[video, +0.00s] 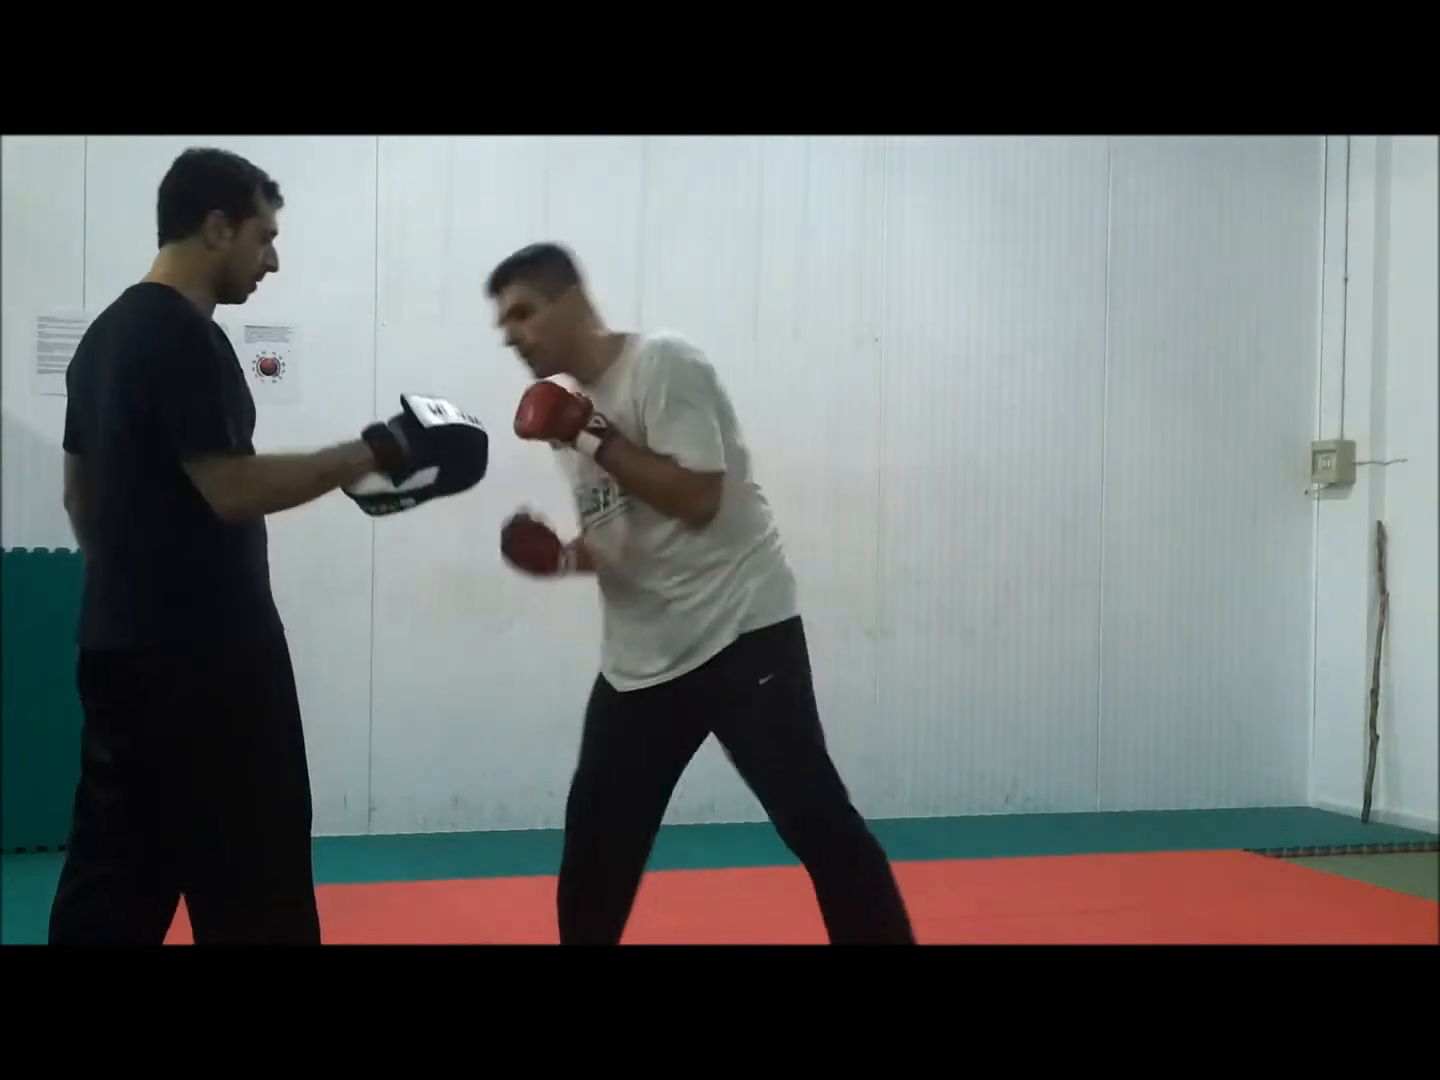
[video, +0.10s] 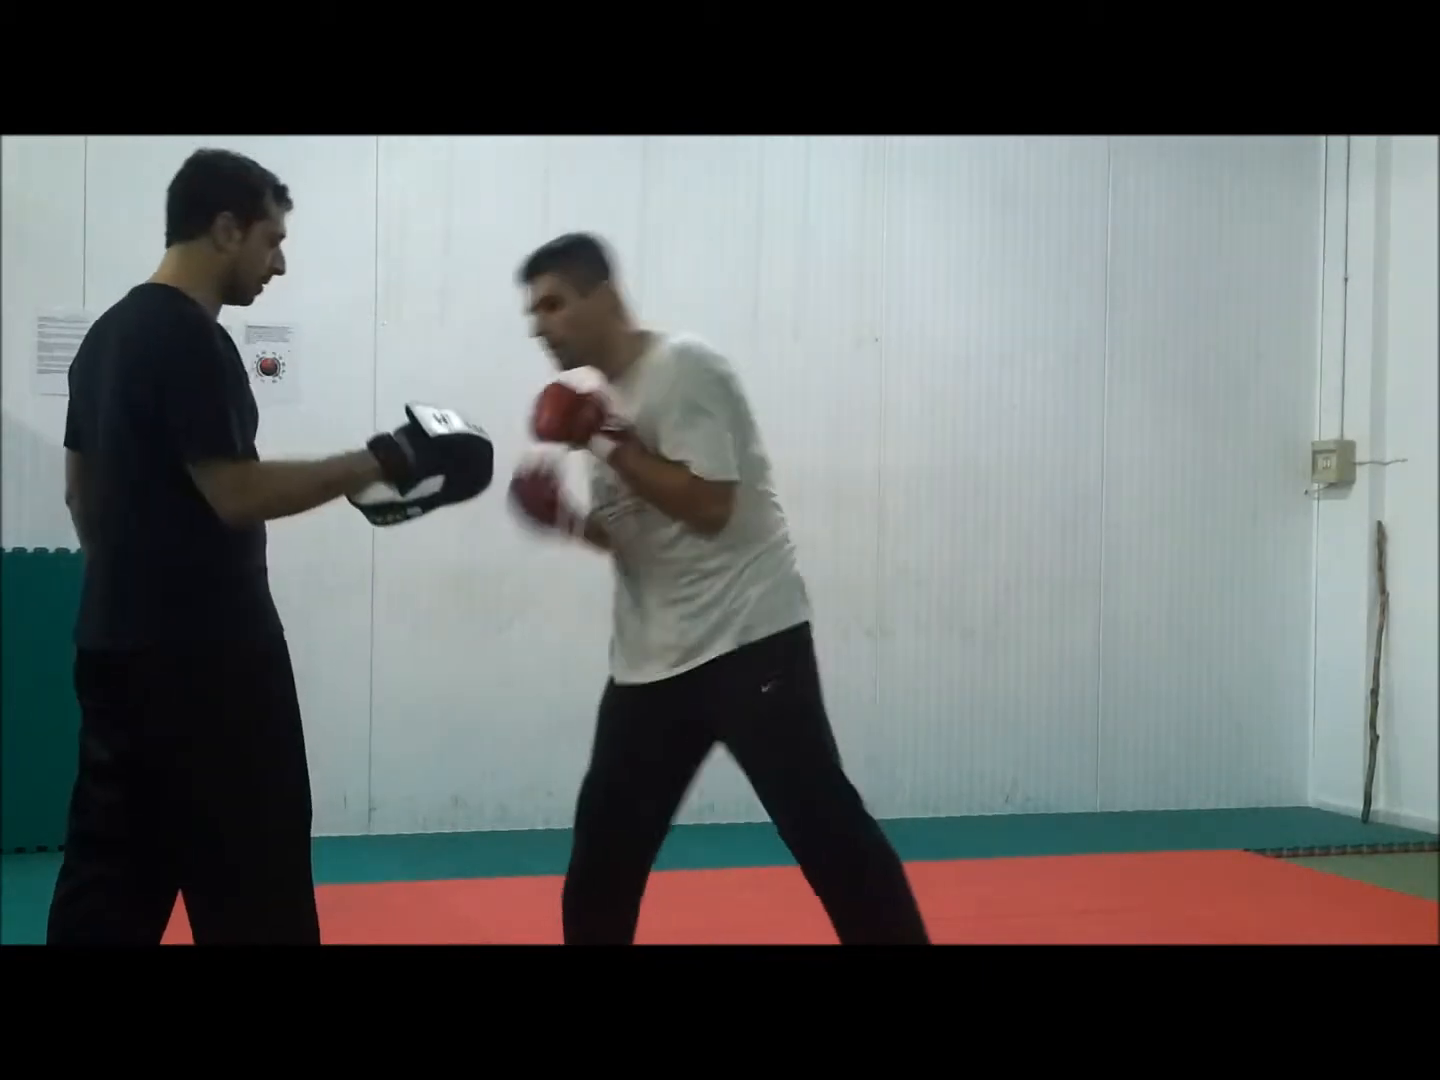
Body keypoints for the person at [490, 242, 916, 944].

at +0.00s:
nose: (509, 335)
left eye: (520, 314)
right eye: (502, 322)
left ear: (573, 301)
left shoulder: (666, 362)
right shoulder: (572, 416)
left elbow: (699, 497)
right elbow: (619, 544)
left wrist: (591, 433)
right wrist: (562, 555)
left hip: (741, 632)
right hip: (642, 659)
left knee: (819, 826)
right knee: (596, 843)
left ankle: (885, 942)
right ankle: (584, 946)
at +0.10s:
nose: (538, 327)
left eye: (550, 305)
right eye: (533, 311)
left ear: (605, 296)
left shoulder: (687, 369)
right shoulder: (598, 405)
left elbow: (711, 506)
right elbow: (632, 539)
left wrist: (606, 438)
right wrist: (564, 518)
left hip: (749, 640)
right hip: (652, 657)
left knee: (824, 829)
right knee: (605, 844)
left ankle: (897, 941)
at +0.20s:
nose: (601, 314)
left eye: (616, 295)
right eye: (599, 299)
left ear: (668, 291)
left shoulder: (747, 376)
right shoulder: (648, 398)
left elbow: (756, 519)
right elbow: (657, 530)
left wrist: (679, 449)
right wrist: (600, 478)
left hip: (775, 659)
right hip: (677, 666)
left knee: (844, 841)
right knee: (614, 868)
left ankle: (916, 944)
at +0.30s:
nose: (654, 313)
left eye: (670, 294)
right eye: (652, 297)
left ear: (721, 294)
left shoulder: (798, 385)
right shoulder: (683, 401)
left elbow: (799, 528)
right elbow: (682, 533)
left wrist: (714, 454)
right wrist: (636, 487)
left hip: (802, 669)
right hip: (698, 674)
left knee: (864, 856)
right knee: (621, 874)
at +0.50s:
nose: (751, 291)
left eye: (769, 274)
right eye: (750, 276)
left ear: (826, 278)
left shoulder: (894, 379)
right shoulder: (760, 385)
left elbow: (884, 522)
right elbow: (739, 524)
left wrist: (808, 417)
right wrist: (717, 446)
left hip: (870, 657)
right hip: (762, 656)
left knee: (909, 851)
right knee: (678, 823)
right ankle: (641, 943)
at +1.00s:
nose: (723, 307)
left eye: (737, 289)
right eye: (721, 292)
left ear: (791, 287)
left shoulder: (862, 377)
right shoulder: (772, 398)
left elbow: (841, 528)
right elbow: (760, 532)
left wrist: (768, 432)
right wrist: (710, 452)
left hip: (867, 660)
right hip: (776, 658)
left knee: (904, 855)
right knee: (690, 829)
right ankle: (656, 947)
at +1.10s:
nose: (668, 339)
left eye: (679, 319)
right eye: (664, 324)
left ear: (730, 312)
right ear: (728, 320)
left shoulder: (763, 386)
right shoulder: (767, 387)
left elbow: (758, 529)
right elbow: (755, 527)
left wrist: (687, 470)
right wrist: (676, 486)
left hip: (818, 666)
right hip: (753, 664)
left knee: (865, 849)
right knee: (673, 844)